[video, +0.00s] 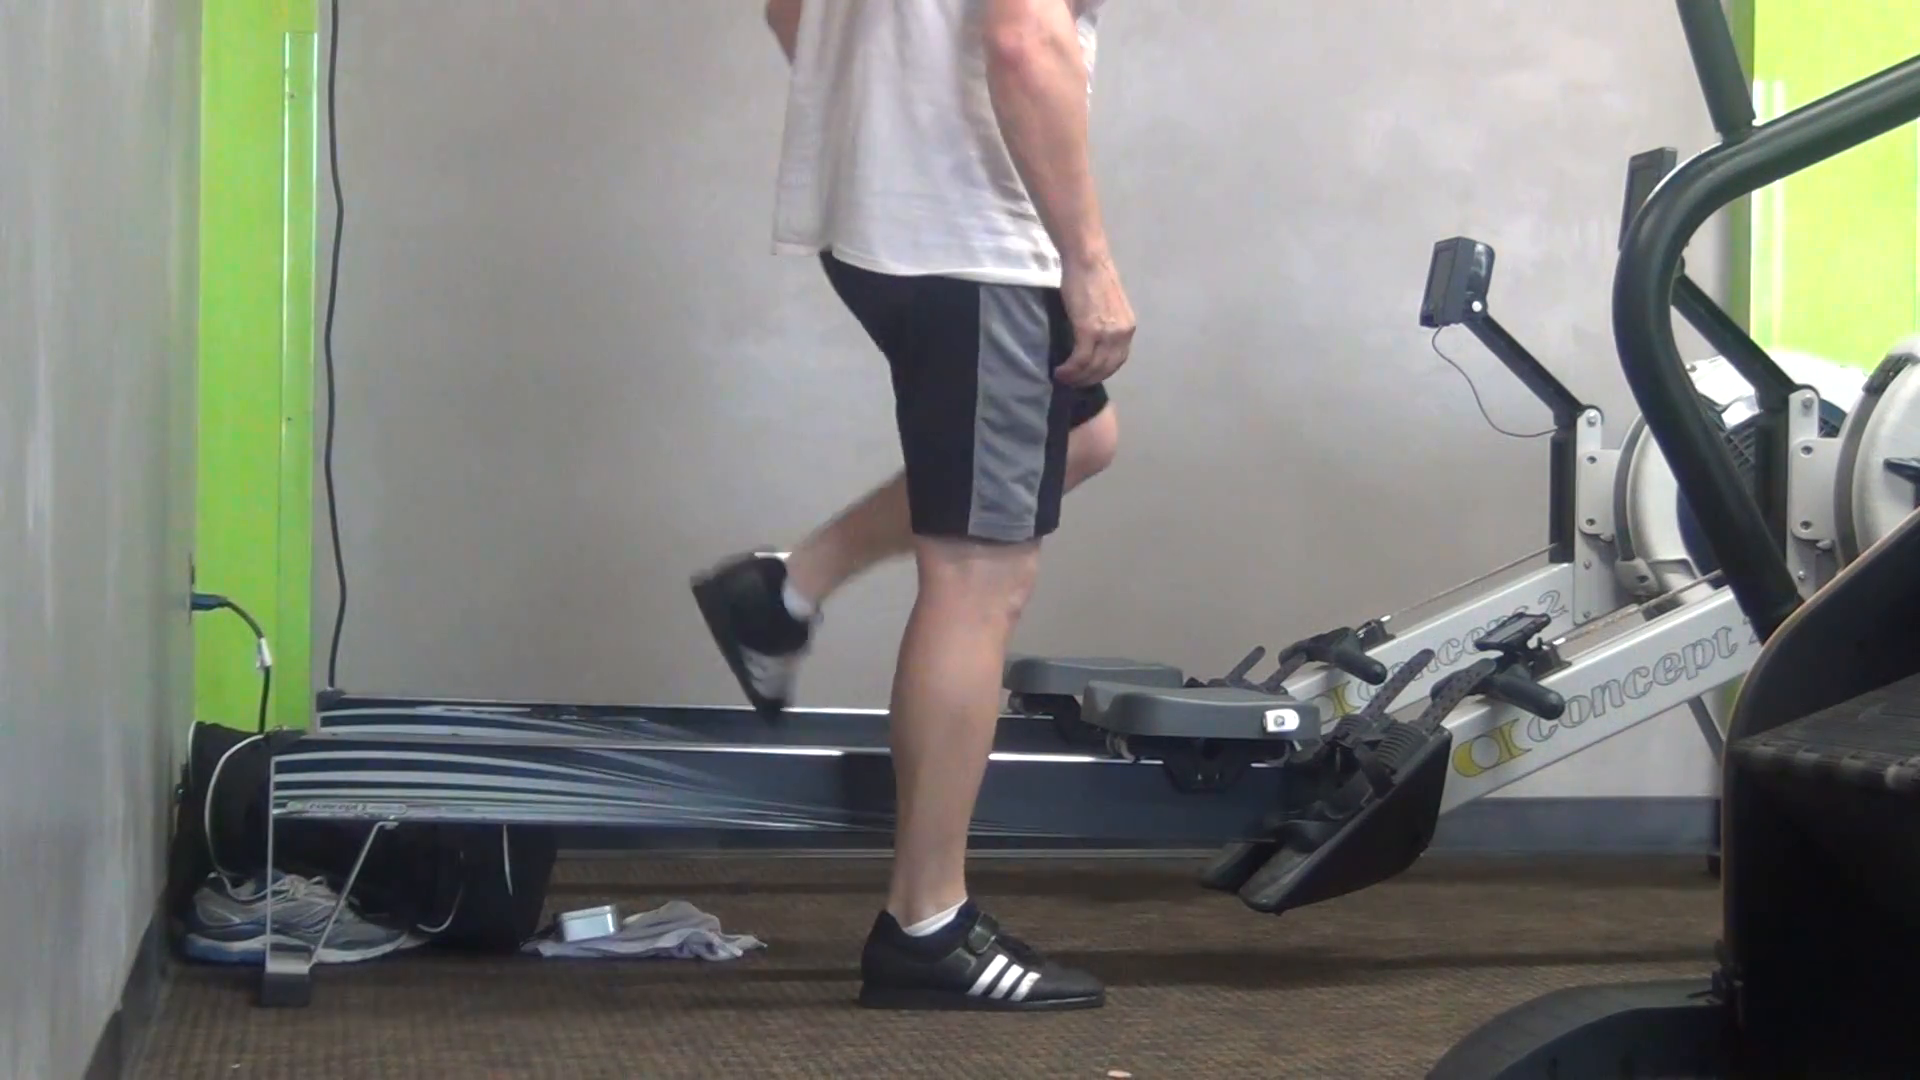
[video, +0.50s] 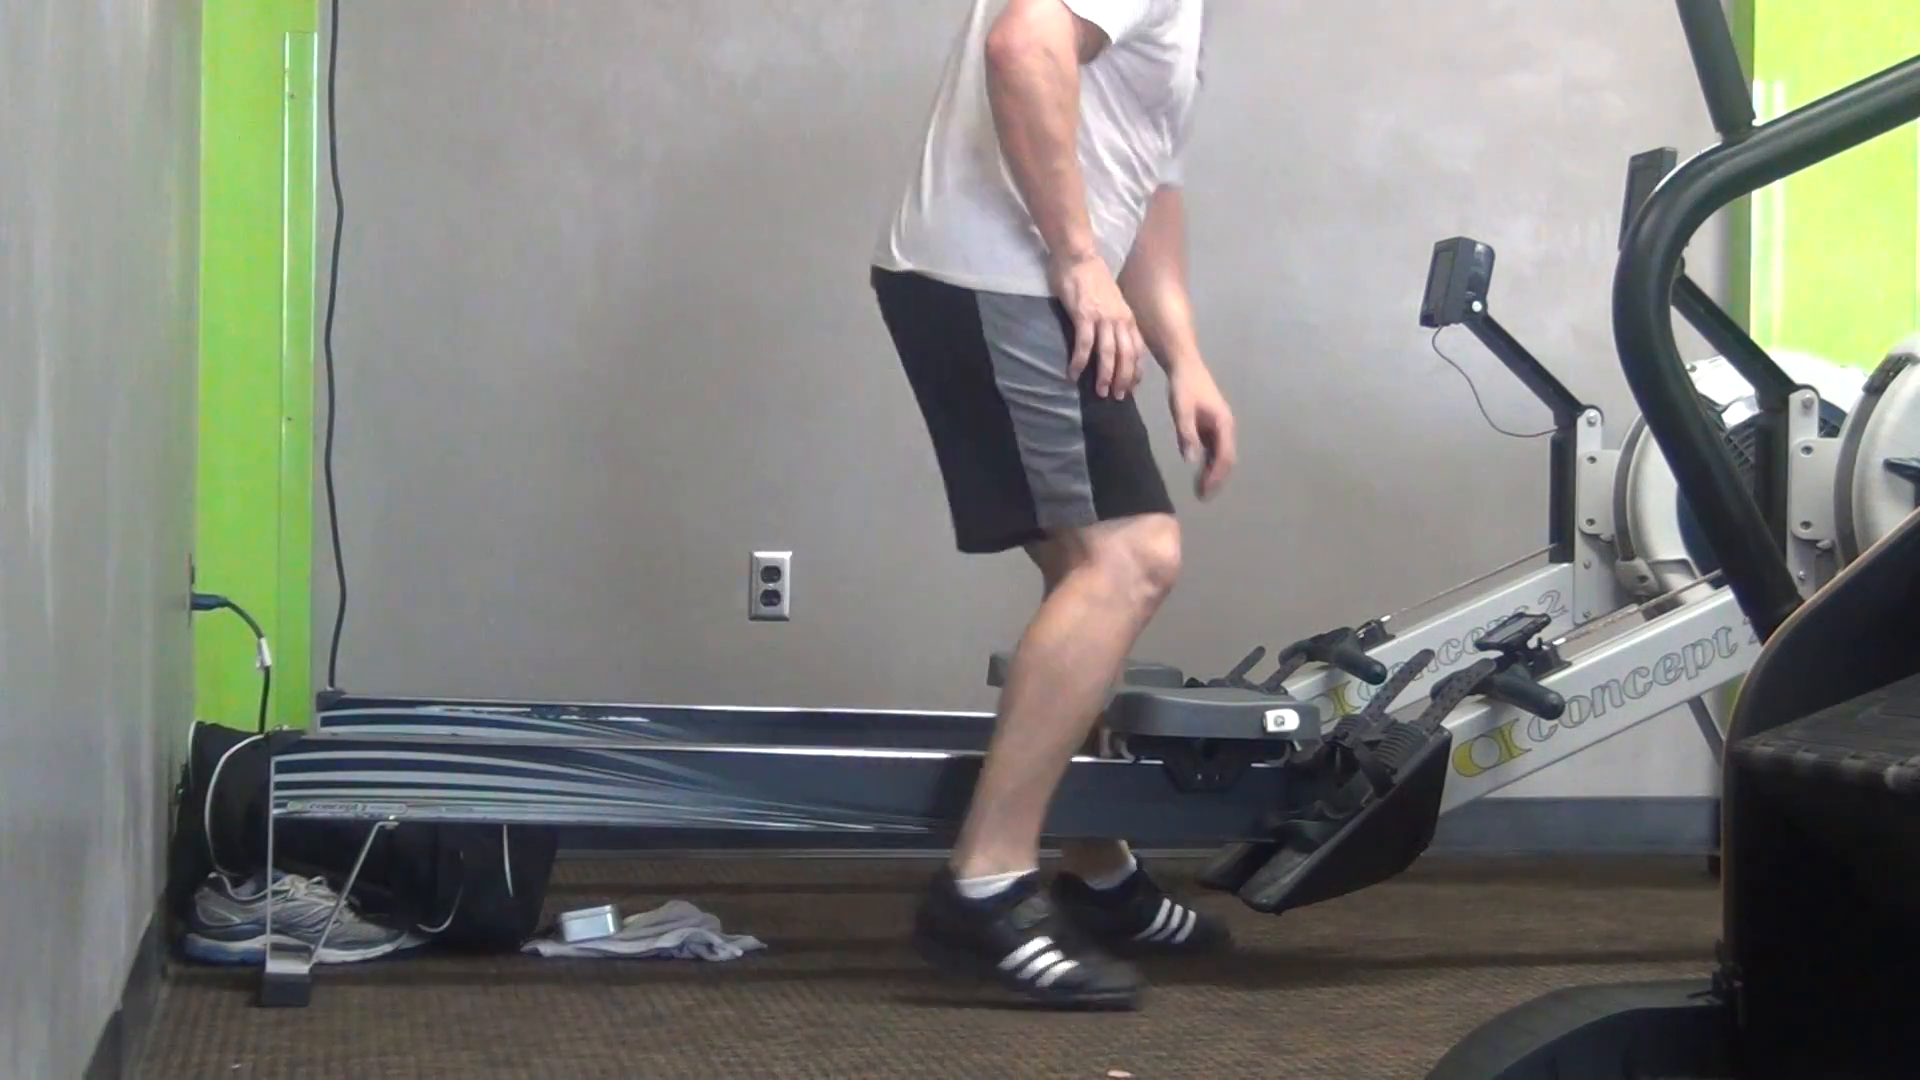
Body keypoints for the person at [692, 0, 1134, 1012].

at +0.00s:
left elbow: (788, 7)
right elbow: (1024, 43)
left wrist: (887, 108)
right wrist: (1091, 259)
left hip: (871, 206)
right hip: (963, 225)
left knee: (1079, 434)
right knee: (978, 581)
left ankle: (782, 590)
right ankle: (925, 926)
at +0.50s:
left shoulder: (1171, 21)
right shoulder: (1139, 1)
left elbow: (1150, 192)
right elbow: (1024, 46)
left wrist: (1185, 359)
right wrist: (1080, 259)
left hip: (1018, 269)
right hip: (990, 263)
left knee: (1092, 574)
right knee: (1134, 555)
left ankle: (1086, 866)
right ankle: (985, 885)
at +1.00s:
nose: (1392, 243)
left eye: (1414, 231)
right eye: (1411, 213)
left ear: (1375, 145)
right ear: (1382, 143)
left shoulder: (1269, 258)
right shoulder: (1246, 136)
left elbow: (1248, 445)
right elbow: (1079, 175)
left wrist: (1258, 633)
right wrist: (1086, 381)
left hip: (1021, 413)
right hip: (982, 397)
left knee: (1199, 607)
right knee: (1256, 590)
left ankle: (1096, 884)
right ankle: (1142, 929)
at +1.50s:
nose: (1274, 283)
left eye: (1289, 265)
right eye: (1283, 253)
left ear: (1233, 198)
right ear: (1235, 197)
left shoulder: (1160, 301)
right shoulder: (1110, 242)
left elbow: (1190, 507)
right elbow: (966, 358)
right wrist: (1067, 522)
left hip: (1021, 585)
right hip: (965, 591)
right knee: (1313, 624)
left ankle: (1102, 880)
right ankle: (1148, 930)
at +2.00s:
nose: (1149, 233)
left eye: (1157, 209)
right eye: (1147, 197)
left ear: (1086, 171)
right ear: (1084, 164)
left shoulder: (1058, 342)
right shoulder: (945, 236)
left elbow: (1138, 519)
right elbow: (805, 363)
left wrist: (1276, 674)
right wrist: (924, 526)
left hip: (934, 600)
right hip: (839, 596)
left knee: (1181, 645)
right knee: (1204, 571)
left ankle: (1133, 935)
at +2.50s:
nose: (1058, 215)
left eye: (1066, 193)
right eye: (1054, 180)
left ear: (993, 149)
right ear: (991, 142)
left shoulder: (991, 330)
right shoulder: (855, 219)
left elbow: (1103, 501)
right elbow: (724, 353)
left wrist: (1248, 638)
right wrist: (882, 497)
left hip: (907, 585)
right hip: (815, 591)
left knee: (1150, 565)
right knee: (1160, 531)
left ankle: (1147, 871)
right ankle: (1168, 877)